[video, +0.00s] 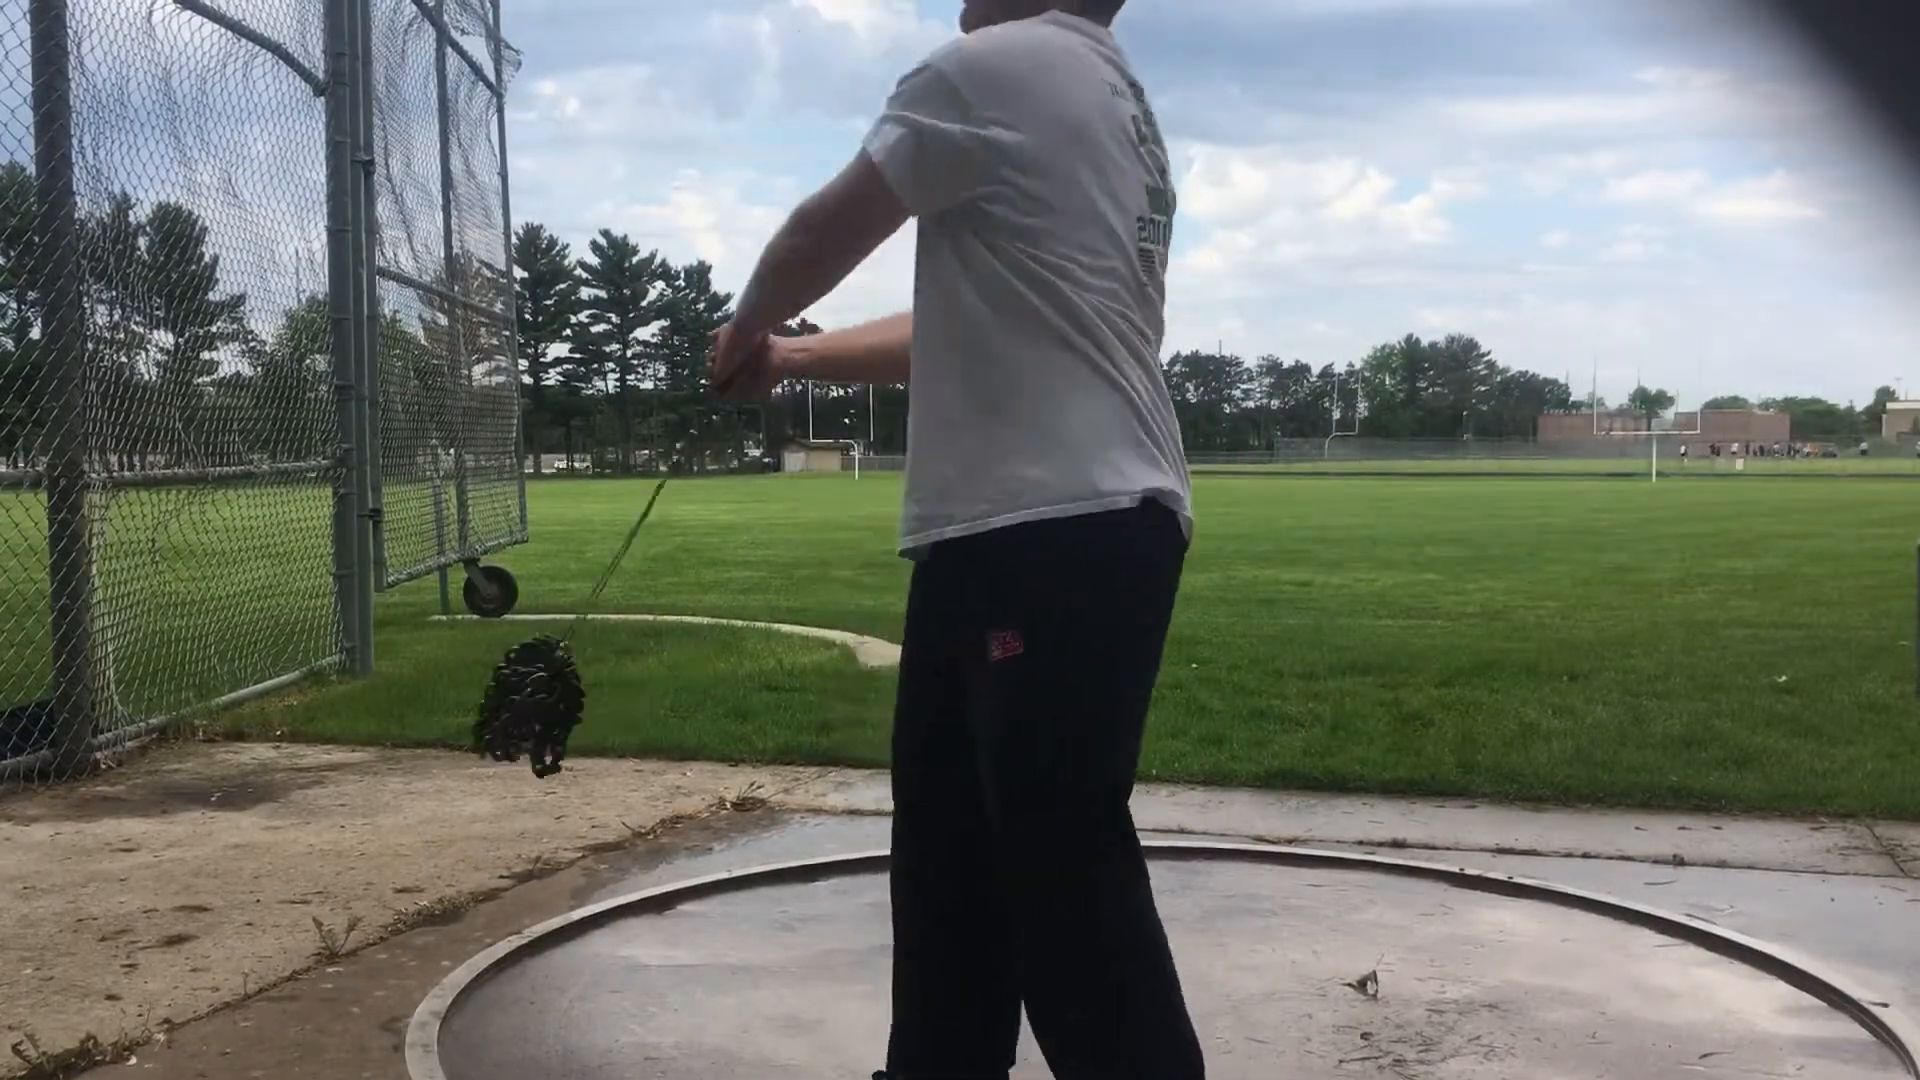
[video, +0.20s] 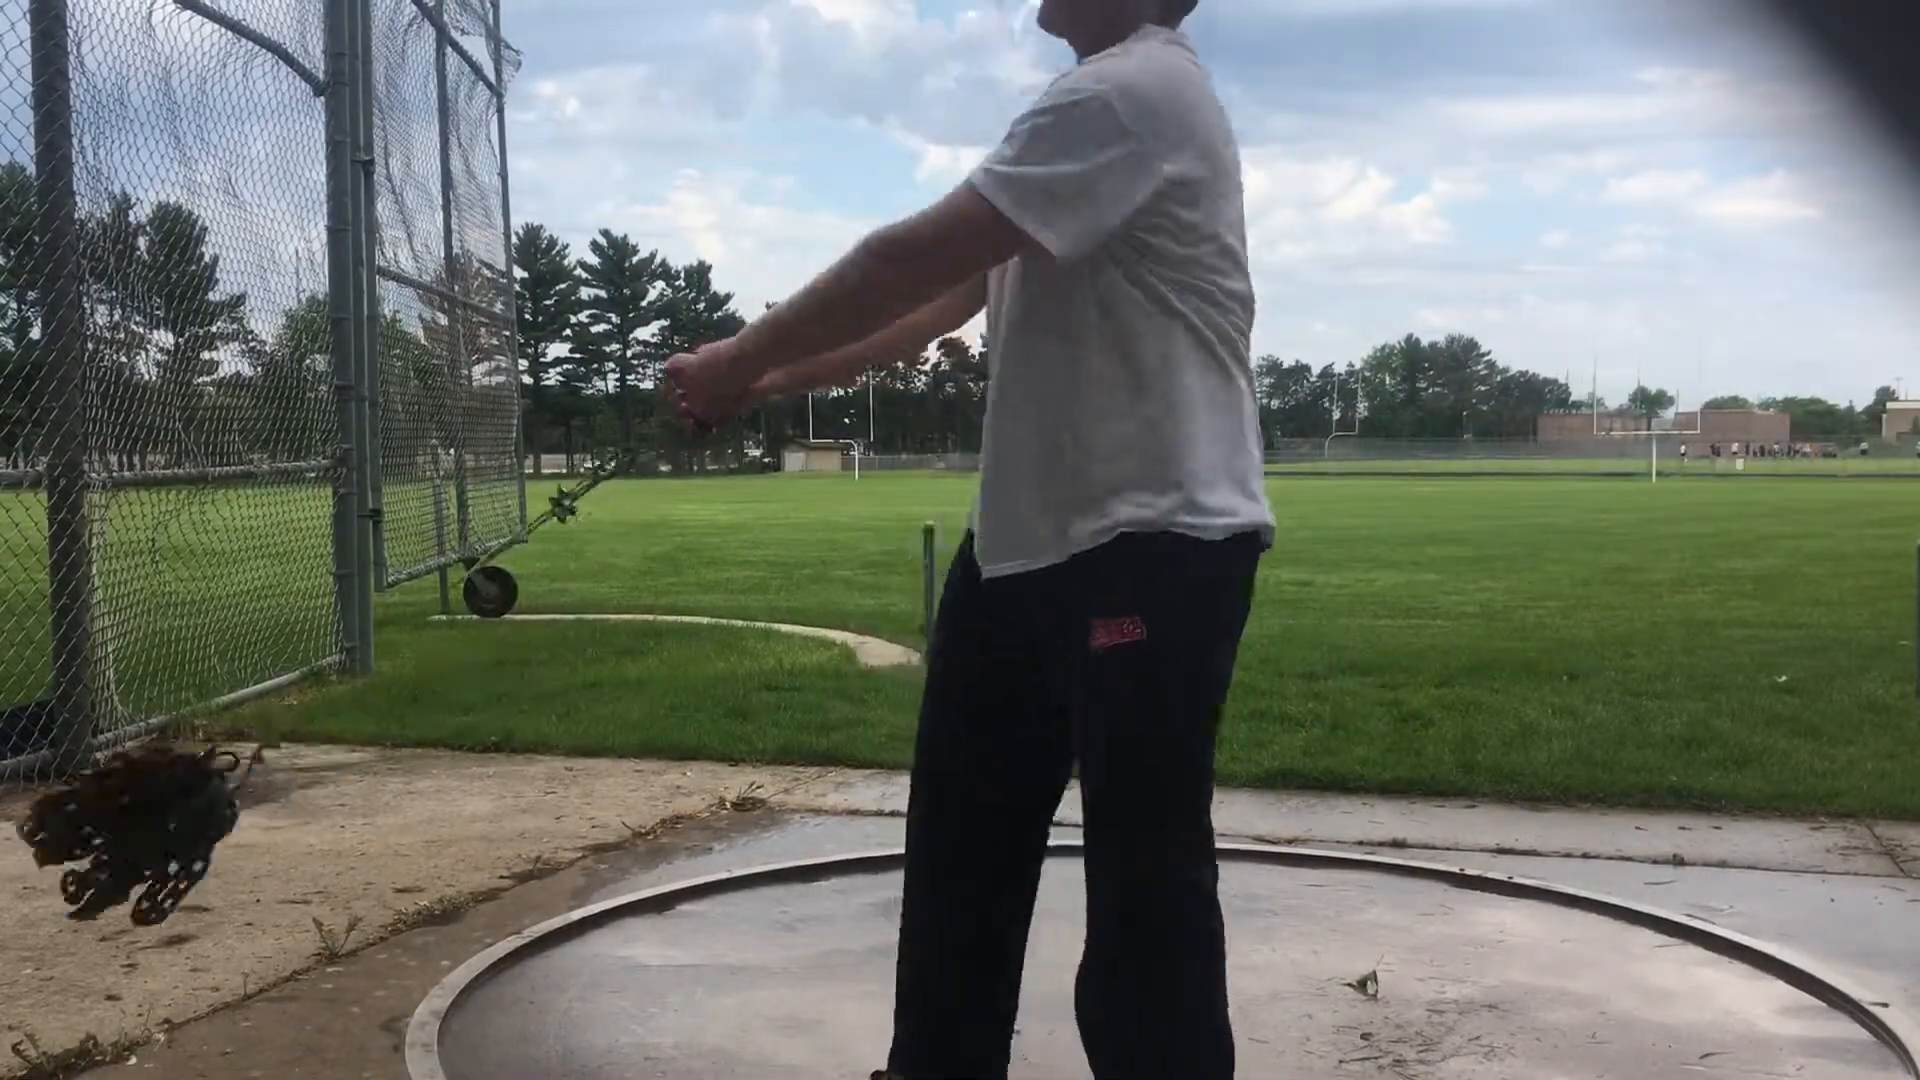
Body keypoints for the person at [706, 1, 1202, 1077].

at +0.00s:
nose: (960, 13)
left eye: (970, 3)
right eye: (965, 6)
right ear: (1087, 7)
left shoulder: (990, 66)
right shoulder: (1117, 110)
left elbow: (814, 241)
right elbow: (980, 324)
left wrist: (750, 329)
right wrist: (788, 352)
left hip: (1041, 523)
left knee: (1061, 862)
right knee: (947, 859)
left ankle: (1141, 1064)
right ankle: (940, 1064)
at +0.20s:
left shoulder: (1141, 85)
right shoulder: (1087, 108)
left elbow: (916, 259)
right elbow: (930, 304)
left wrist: (742, 352)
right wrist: (756, 374)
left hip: (1158, 534)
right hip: (1023, 543)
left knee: (1147, 890)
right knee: (959, 879)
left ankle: (1166, 1073)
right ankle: (939, 1067)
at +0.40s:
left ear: (1224, 1)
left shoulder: (1248, 116)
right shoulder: (1045, 109)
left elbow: (1078, 263)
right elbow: (929, 239)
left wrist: (839, 347)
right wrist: (805, 325)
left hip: (1182, 526)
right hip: (1014, 511)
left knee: (1178, 856)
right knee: (885, 738)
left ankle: (1181, 1070)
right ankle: (902, 1025)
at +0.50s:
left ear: (1234, 8)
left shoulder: (1247, 145)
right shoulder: (1031, 106)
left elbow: (1121, 293)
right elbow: (918, 212)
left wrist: (903, 339)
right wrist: (834, 302)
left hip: (1160, 540)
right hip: (987, 516)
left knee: (1160, 872)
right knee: (849, 770)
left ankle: (1179, 1072)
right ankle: (842, 1056)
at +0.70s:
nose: (1035, 8)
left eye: (1077, 2)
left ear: (1142, 41)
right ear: (1019, 9)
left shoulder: (1145, 207)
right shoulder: (947, 108)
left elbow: (1043, 343)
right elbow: (842, 151)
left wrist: (954, 302)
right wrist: (887, 207)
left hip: (1058, 568)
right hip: (885, 548)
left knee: (1118, 873)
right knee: (798, 826)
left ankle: (1178, 1072)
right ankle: (795, 1068)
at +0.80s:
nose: (972, 8)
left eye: (1013, 1)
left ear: (1080, 40)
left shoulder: (1060, 209)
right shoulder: (868, 122)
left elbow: (920, 326)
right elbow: (804, 52)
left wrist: (889, 180)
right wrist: (915, 70)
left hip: (989, 557)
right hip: (826, 550)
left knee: (1065, 886)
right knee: (760, 847)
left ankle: (1154, 1071)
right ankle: (789, 1069)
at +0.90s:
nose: (879, 24)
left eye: (917, 7)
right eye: (887, 9)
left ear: (1000, 23)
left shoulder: (995, 171)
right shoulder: (869, 125)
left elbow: (810, 170)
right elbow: (815, 35)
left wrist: (869, 7)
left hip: (933, 552)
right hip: (790, 548)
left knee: (1014, 876)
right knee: (733, 835)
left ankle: (1133, 1070)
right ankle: (781, 1067)